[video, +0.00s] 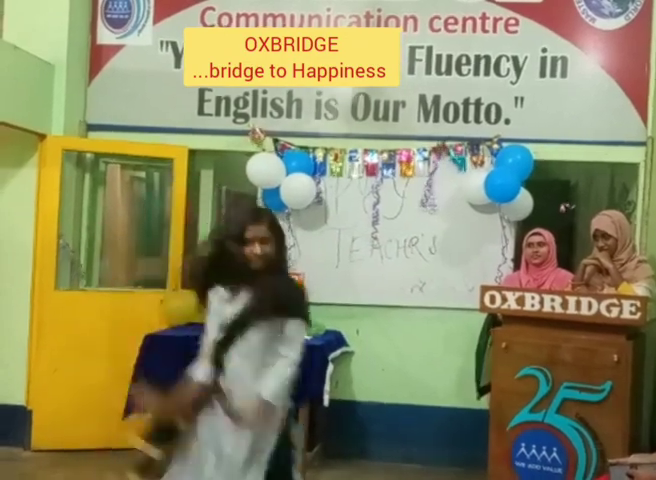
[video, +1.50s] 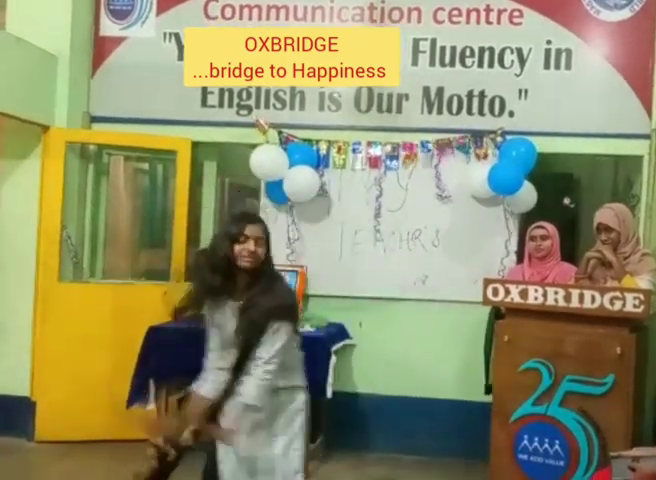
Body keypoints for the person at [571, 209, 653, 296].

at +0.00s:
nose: (600, 245)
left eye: (606, 237)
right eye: (596, 238)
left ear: (621, 236)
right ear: (592, 240)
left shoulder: (641, 268)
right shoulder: (591, 266)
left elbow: (638, 302)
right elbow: (573, 296)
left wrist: (611, 267)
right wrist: (582, 268)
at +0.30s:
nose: (602, 243)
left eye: (608, 235)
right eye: (597, 236)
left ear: (623, 234)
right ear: (594, 238)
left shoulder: (643, 266)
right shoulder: (592, 264)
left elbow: (639, 300)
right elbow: (574, 295)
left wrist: (612, 265)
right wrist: (583, 267)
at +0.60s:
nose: (602, 241)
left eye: (609, 233)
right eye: (598, 234)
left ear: (624, 232)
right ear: (595, 235)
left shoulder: (644, 264)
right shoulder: (592, 262)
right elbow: (575, 293)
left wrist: (613, 263)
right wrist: (584, 264)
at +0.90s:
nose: (603, 240)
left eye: (609, 233)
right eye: (599, 234)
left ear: (624, 232)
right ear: (595, 235)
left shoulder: (645, 264)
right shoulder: (592, 262)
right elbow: (575, 292)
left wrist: (613, 263)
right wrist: (584, 264)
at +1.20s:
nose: (603, 238)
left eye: (610, 231)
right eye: (599, 231)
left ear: (625, 230)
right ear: (596, 233)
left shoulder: (645, 262)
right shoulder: (592, 260)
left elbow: (641, 296)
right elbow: (576, 290)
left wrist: (614, 261)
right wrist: (584, 264)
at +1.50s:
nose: (603, 237)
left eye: (609, 230)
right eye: (599, 231)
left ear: (624, 230)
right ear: (595, 232)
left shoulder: (645, 262)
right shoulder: (593, 259)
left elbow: (641, 296)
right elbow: (577, 290)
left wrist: (614, 261)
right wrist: (585, 262)